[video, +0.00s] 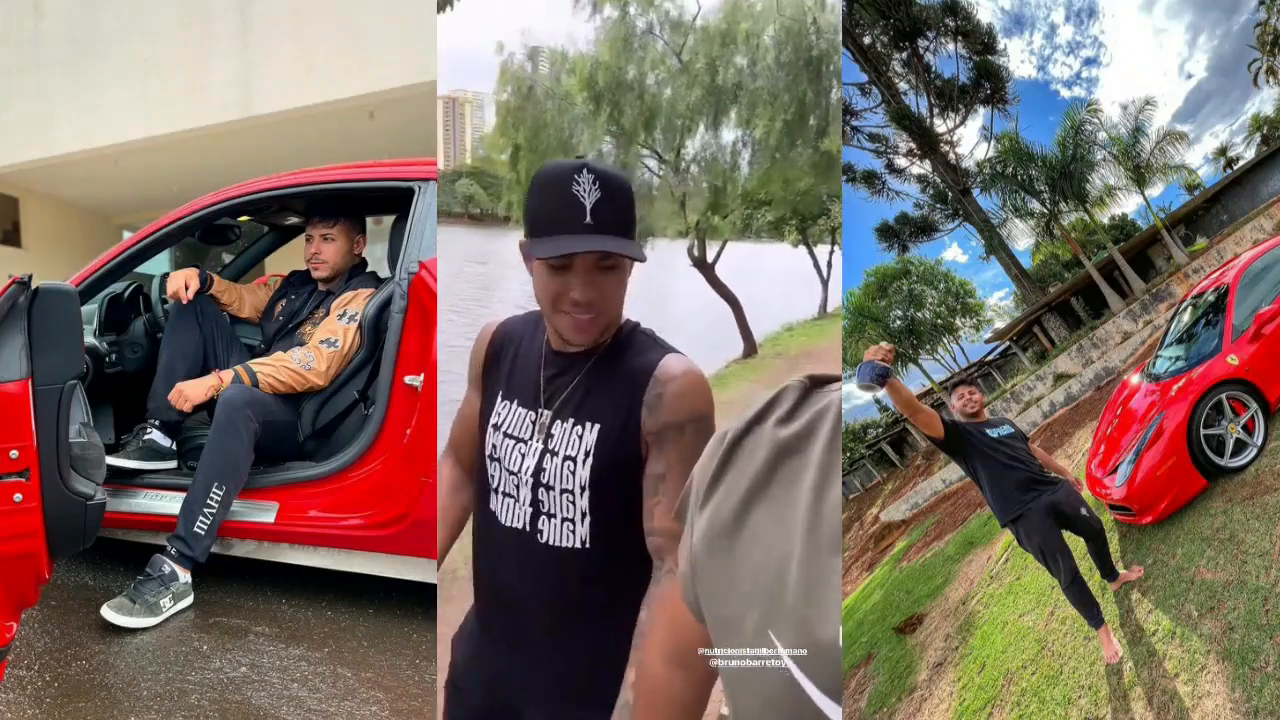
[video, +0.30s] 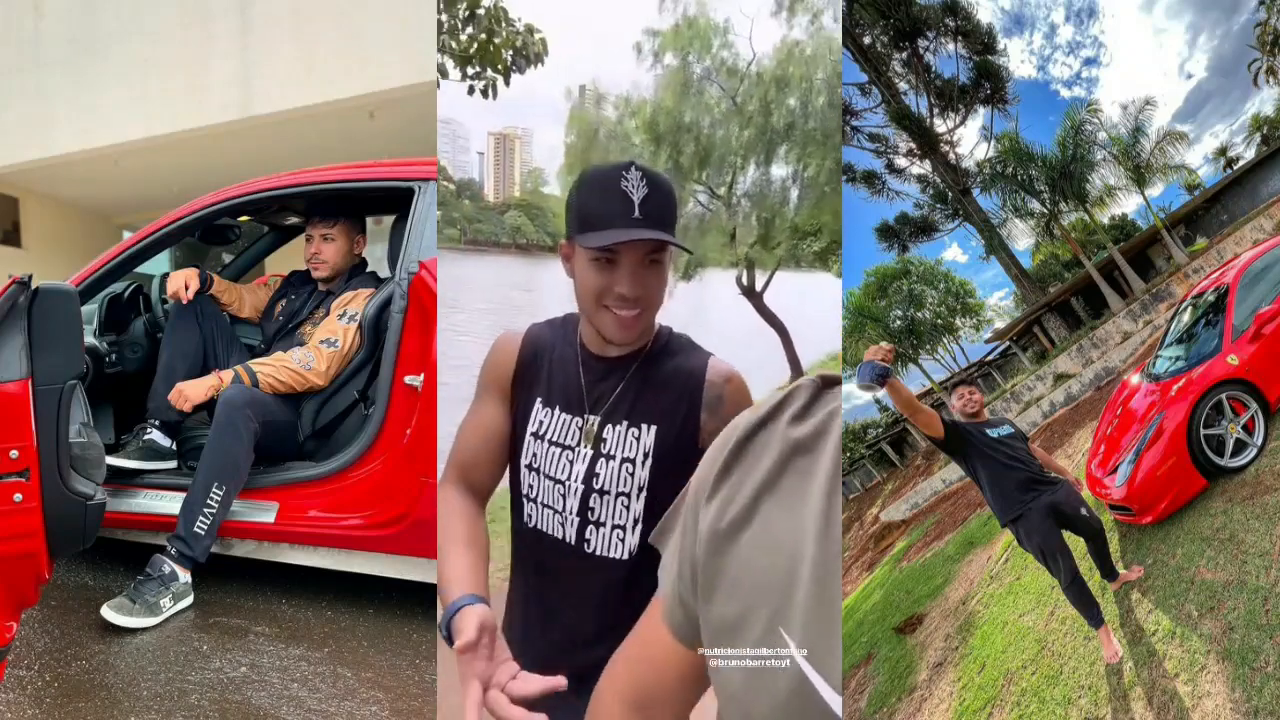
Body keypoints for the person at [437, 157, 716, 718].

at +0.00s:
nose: (580, 292)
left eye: (605, 265)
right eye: (558, 265)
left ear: (632, 263)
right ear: (528, 260)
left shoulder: (669, 389)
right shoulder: (499, 348)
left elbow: (674, 560)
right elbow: (459, 469)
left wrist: (645, 703)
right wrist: (400, 569)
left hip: (591, 684)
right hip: (486, 660)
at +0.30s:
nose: (629, 285)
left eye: (651, 260)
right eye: (606, 258)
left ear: (671, 264)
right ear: (568, 259)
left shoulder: (712, 393)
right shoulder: (519, 359)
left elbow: (733, 558)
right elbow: (463, 487)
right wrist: (467, 606)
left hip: (640, 694)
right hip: (522, 678)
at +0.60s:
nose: (636, 284)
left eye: (660, 257)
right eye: (612, 256)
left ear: (679, 261)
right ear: (573, 258)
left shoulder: (720, 402)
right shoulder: (525, 361)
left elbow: (728, 582)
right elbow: (470, 496)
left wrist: (587, 684)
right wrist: (475, 601)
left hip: (656, 700)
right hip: (535, 683)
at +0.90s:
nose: (599, 290)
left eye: (620, 264)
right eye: (577, 267)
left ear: (652, 258)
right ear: (552, 264)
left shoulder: (697, 382)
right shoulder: (526, 339)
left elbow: (704, 568)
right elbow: (474, 455)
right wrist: (465, 521)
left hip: (617, 690)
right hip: (507, 664)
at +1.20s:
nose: (538, 304)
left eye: (558, 277)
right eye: (514, 280)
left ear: (588, 273)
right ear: (489, 281)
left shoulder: (633, 400)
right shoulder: (463, 364)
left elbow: (634, 580)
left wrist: (581, 709)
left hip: (564, 697)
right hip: (464, 684)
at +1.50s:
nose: (431, 336)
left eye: (448, 313)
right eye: (417, 314)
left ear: (474, 310)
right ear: (393, 319)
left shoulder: (532, 424)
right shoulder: (377, 415)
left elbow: (581, 607)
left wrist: (607, 707)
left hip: (481, 699)